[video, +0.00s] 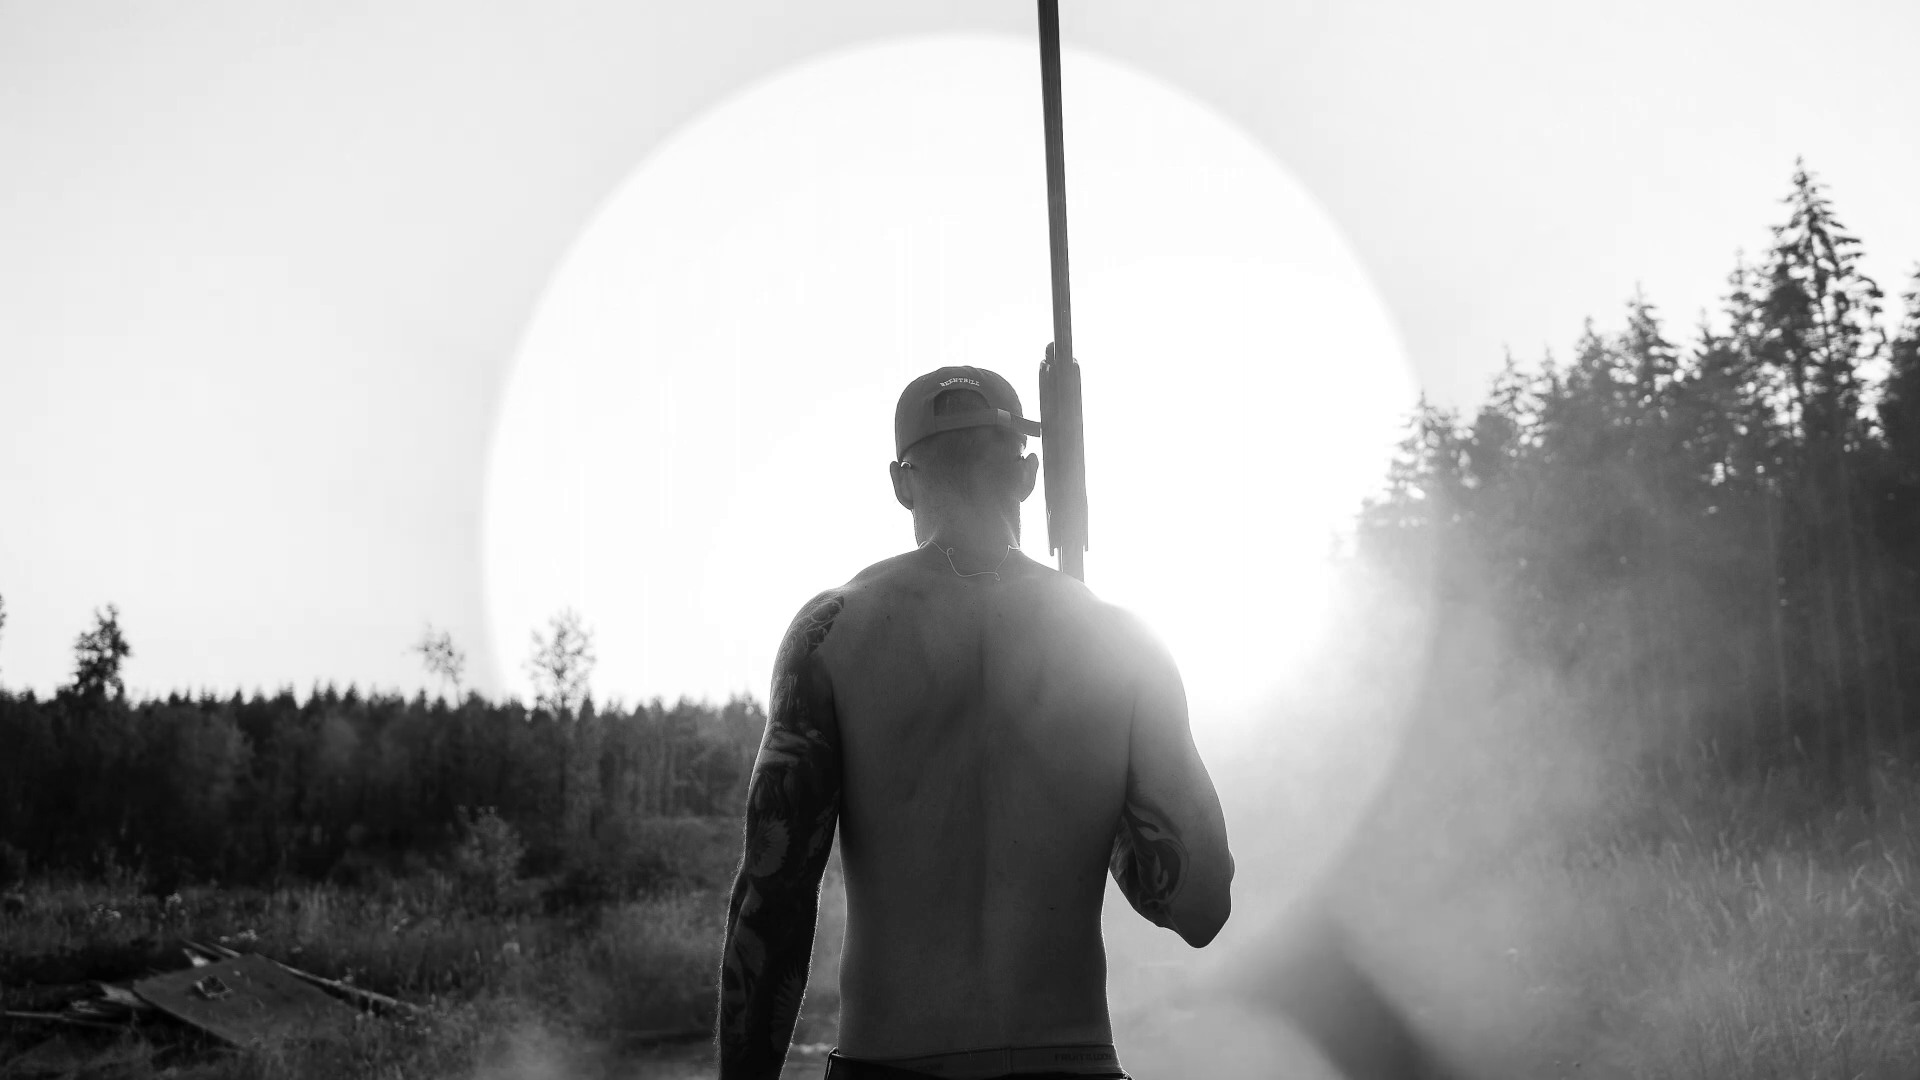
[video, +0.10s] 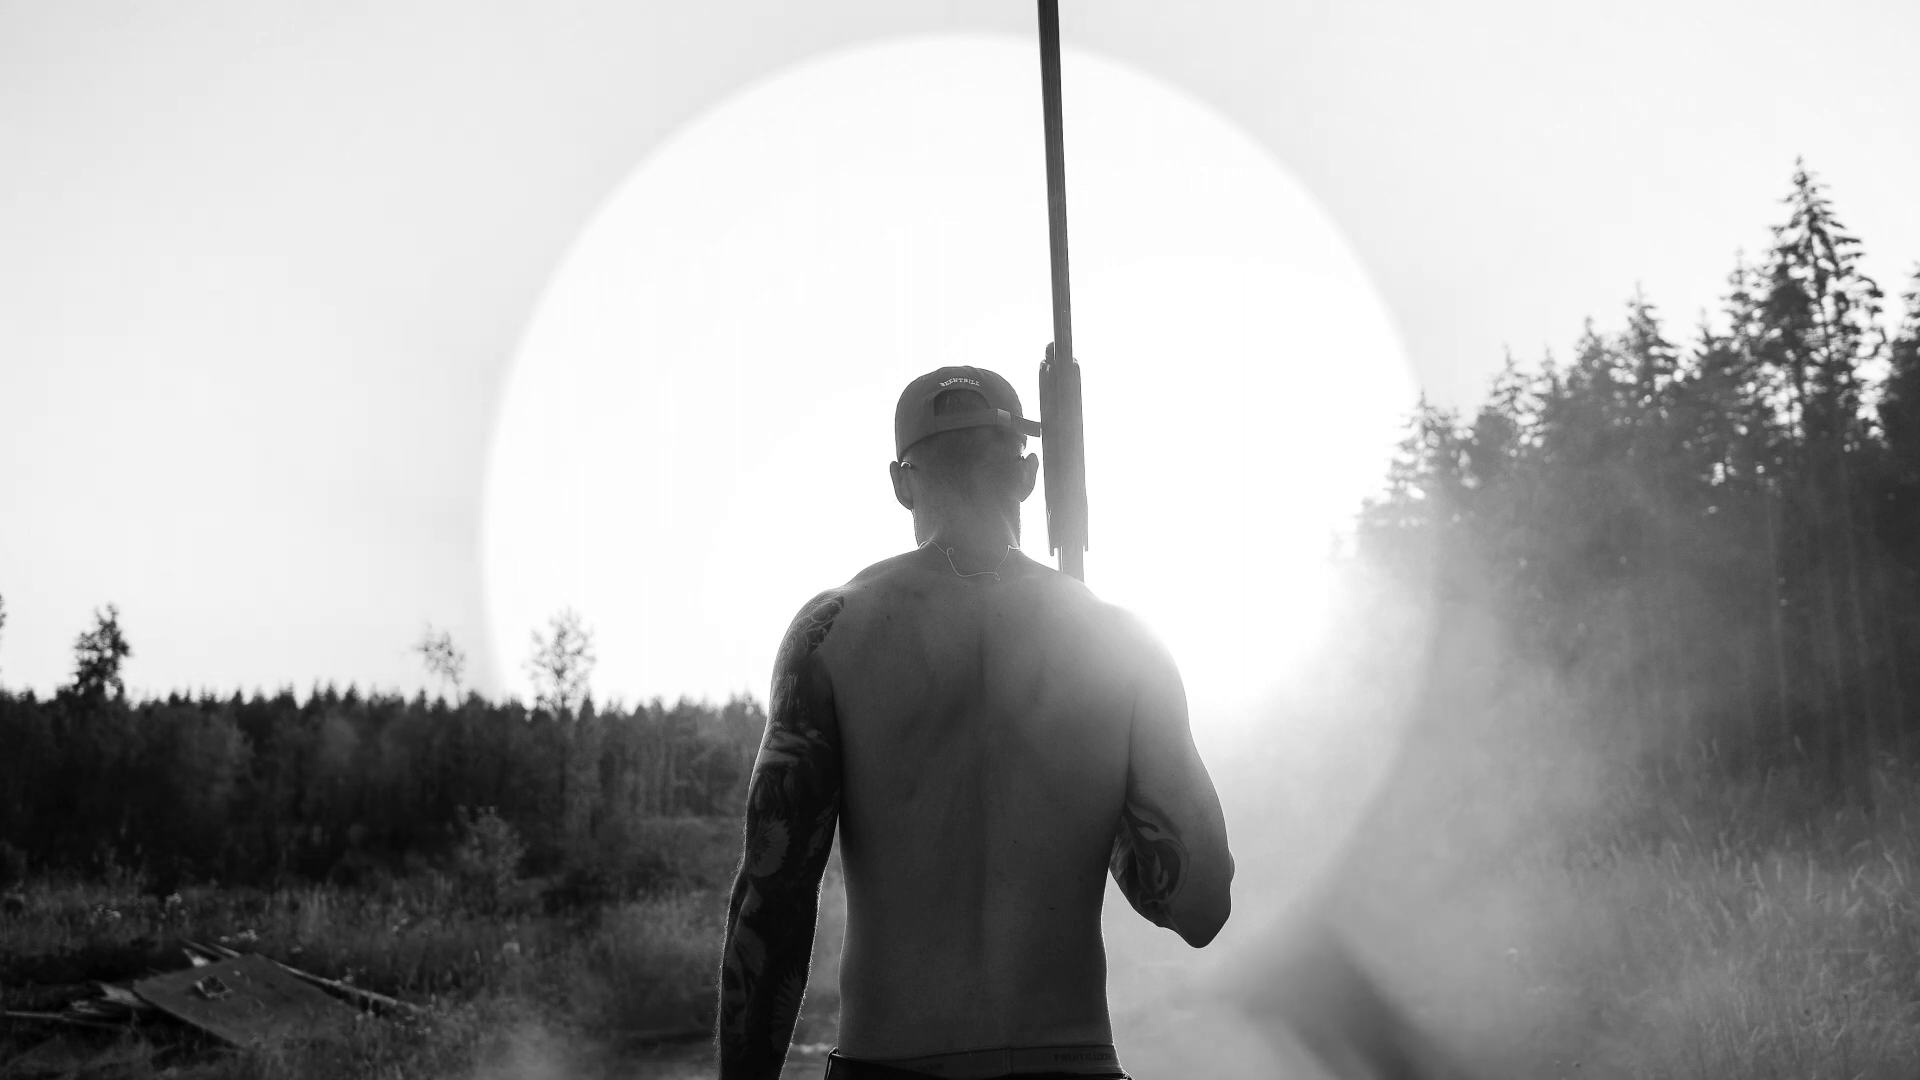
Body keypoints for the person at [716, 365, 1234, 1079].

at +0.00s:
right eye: (1017, 451)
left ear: (902, 484)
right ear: (1028, 477)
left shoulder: (831, 630)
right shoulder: (1121, 640)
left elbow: (772, 887)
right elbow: (1201, 904)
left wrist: (748, 1063)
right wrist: (1100, 801)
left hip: (885, 1046)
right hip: (1067, 1046)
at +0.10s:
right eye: (1017, 451)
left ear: (902, 484)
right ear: (1028, 477)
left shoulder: (831, 630)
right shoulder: (1121, 640)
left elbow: (772, 887)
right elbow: (1201, 904)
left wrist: (748, 1063)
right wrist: (1100, 801)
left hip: (885, 1046)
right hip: (1067, 1045)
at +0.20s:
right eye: (1017, 451)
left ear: (902, 484)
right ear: (1028, 477)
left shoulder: (831, 630)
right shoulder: (1121, 640)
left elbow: (772, 887)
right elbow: (1201, 904)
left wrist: (748, 1063)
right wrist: (1100, 801)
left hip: (885, 1046)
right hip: (1067, 1046)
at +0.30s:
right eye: (1017, 451)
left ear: (902, 484)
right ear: (1028, 477)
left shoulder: (831, 630)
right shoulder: (1121, 640)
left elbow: (772, 887)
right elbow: (1201, 904)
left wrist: (748, 1063)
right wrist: (1100, 801)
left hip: (885, 1046)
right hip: (1067, 1045)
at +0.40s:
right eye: (1017, 451)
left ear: (902, 484)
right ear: (1028, 477)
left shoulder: (831, 630)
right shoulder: (1121, 640)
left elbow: (772, 887)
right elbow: (1201, 904)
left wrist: (748, 1063)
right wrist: (1100, 801)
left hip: (885, 1046)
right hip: (1067, 1045)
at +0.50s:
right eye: (1017, 451)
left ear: (902, 484)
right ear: (1028, 477)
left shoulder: (831, 630)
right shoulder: (1121, 640)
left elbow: (772, 887)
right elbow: (1201, 904)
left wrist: (748, 1063)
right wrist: (1100, 801)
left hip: (885, 1046)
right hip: (1067, 1045)